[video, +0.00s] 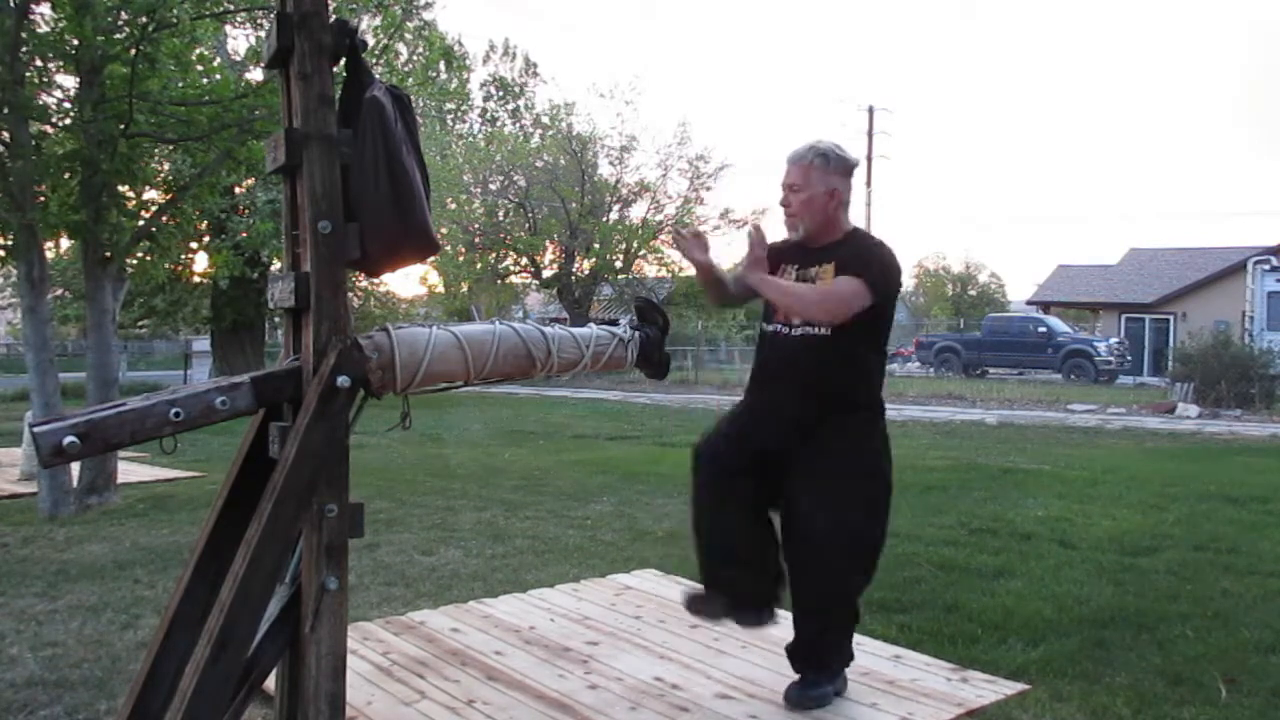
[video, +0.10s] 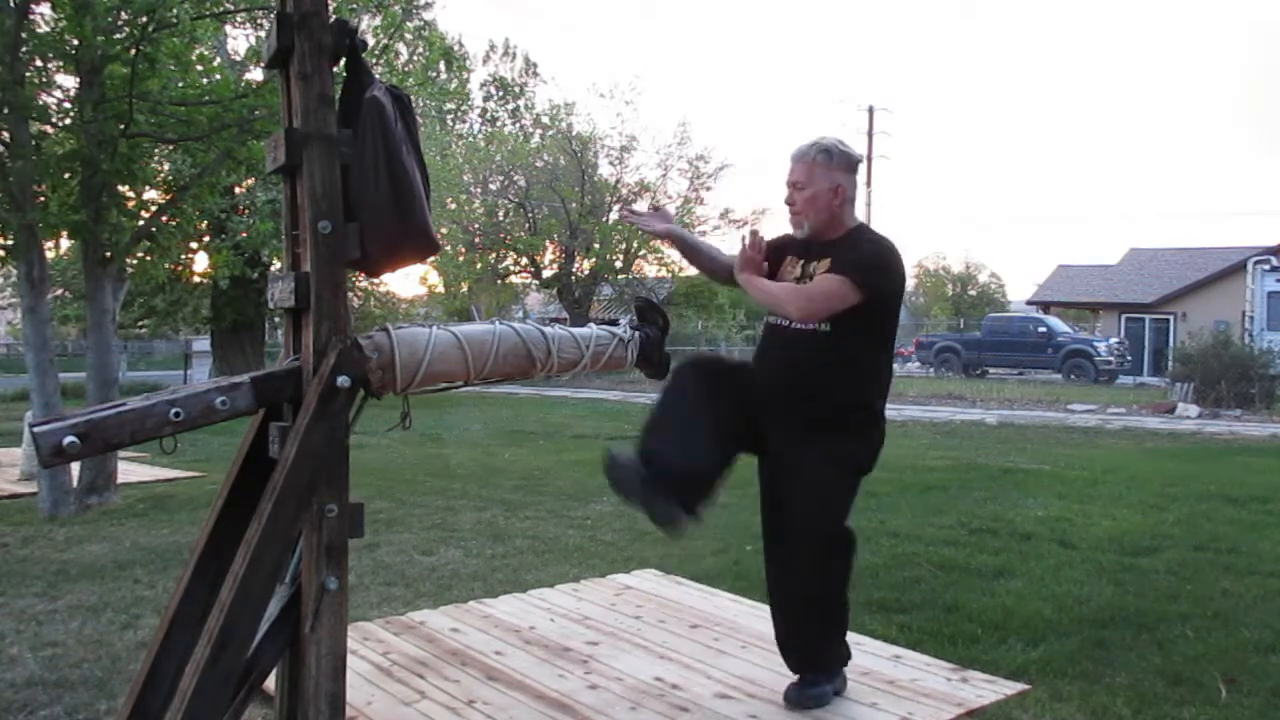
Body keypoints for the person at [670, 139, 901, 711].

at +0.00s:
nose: (786, 202)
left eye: (797, 192)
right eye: (784, 192)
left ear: (836, 196)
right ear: (786, 194)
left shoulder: (872, 258)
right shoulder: (781, 255)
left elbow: (825, 307)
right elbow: (728, 295)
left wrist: (760, 278)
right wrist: (706, 267)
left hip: (840, 431)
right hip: (769, 418)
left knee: (827, 547)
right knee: (717, 463)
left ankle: (823, 667)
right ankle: (745, 593)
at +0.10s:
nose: (789, 199)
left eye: (800, 190)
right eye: (789, 189)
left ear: (840, 194)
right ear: (797, 192)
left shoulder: (873, 257)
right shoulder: (789, 250)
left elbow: (805, 305)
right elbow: (730, 267)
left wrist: (748, 278)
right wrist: (674, 233)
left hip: (829, 425)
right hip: (768, 405)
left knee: (807, 544)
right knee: (702, 379)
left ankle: (822, 667)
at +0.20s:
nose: (791, 199)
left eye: (803, 189)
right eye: (791, 188)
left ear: (842, 191)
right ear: (813, 191)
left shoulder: (873, 255)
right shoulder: (790, 248)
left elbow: (802, 304)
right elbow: (724, 256)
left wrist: (750, 279)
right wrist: (662, 230)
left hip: (824, 421)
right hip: (768, 393)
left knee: (804, 538)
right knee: (702, 348)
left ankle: (823, 664)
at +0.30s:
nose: (796, 201)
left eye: (807, 190)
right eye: (794, 191)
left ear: (847, 192)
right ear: (802, 193)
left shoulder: (875, 255)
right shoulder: (797, 247)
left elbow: (798, 303)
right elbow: (727, 248)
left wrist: (751, 276)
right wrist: (654, 231)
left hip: (821, 421)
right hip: (763, 385)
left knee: (804, 540)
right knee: (670, 358)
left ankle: (822, 666)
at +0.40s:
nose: (798, 201)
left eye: (809, 190)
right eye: (797, 190)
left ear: (849, 193)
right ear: (801, 192)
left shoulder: (876, 254)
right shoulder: (801, 249)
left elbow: (802, 302)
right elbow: (729, 250)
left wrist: (753, 275)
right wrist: (655, 232)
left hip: (821, 425)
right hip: (764, 392)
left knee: (804, 542)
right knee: (675, 364)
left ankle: (822, 666)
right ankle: (546, 358)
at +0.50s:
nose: (799, 202)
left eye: (811, 191)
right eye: (798, 191)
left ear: (851, 194)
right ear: (802, 193)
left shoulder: (876, 255)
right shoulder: (801, 252)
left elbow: (803, 301)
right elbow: (730, 252)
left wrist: (755, 276)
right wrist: (658, 232)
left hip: (824, 424)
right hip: (766, 395)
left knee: (804, 543)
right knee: (667, 379)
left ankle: (822, 665)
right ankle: (538, 361)